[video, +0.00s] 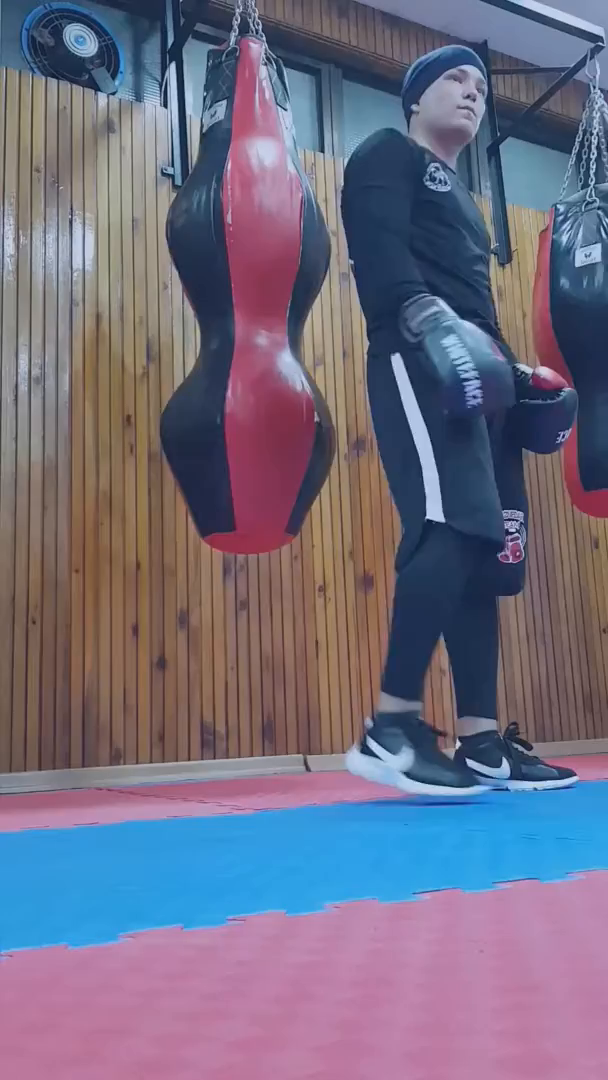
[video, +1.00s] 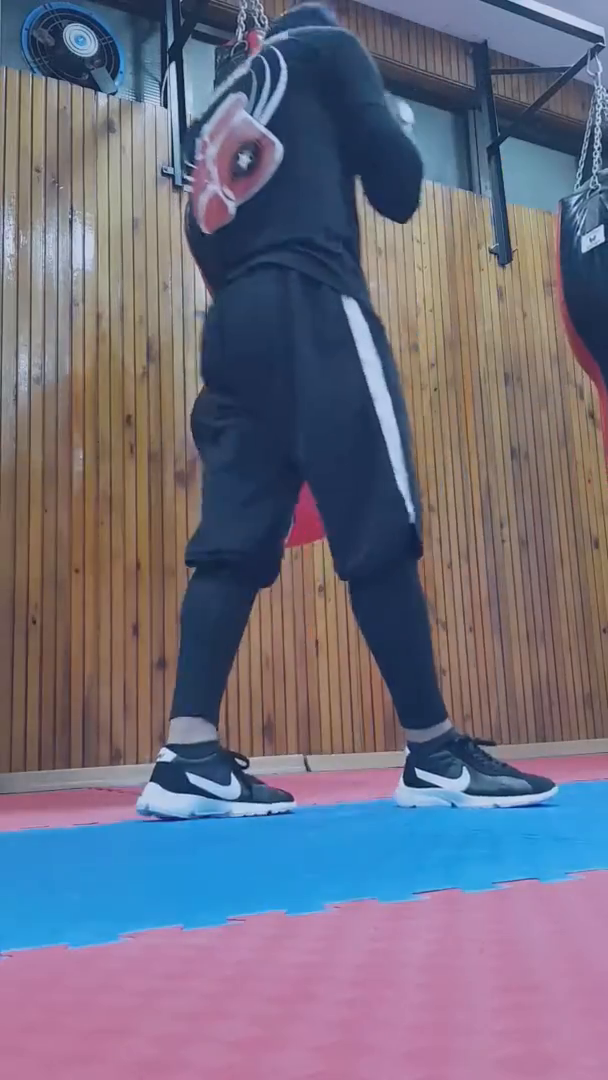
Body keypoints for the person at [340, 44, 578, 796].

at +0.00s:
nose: (470, 93)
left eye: (479, 89)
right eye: (455, 80)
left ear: (480, 117)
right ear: (415, 96)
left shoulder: (461, 198)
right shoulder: (386, 154)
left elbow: (472, 305)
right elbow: (385, 265)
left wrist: (518, 372)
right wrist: (442, 333)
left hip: (472, 366)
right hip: (414, 359)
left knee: (482, 546)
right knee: (448, 531)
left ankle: (481, 738)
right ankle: (392, 728)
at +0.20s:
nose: (463, 72)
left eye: (470, 66)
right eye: (447, 59)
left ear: (468, 92)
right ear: (404, 75)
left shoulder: (440, 164)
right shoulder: (389, 135)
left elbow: (463, 284)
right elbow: (418, 261)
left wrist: (510, 364)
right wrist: (496, 347)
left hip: (456, 357)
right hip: (413, 353)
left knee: (477, 543)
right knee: (439, 538)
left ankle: (481, 738)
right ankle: (436, 748)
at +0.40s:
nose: (466, 53)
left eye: (470, 44)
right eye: (452, 37)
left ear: (453, 65)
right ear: (404, 45)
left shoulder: (420, 126)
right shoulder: (393, 106)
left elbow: (433, 269)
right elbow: (413, 237)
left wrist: (509, 351)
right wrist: (501, 312)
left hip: (433, 335)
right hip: (394, 331)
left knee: (466, 534)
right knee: (420, 533)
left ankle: (480, 736)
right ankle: (434, 749)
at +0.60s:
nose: (461, 61)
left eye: (461, 47)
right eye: (455, 42)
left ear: (401, 34)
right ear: (416, 31)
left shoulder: (363, 93)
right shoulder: (401, 79)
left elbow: (376, 264)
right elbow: (414, 213)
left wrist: (462, 328)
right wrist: (513, 280)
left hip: (357, 320)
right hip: (370, 320)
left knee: (409, 528)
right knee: (405, 528)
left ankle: (417, 732)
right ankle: (432, 749)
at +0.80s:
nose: (407, 39)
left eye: (404, 33)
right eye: (405, 28)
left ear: (329, 23)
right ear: (388, 20)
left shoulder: (297, 84)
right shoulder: (374, 61)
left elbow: (217, 216)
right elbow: (422, 194)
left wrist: (256, 327)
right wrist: (476, 169)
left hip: (301, 319)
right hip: (360, 315)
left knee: (331, 529)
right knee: (383, 531)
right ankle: (437, 752)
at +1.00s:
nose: (352, 40)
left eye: (344, 37)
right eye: (344, 32)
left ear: (257, 33)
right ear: (325, 24)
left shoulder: (209, 113)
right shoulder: (326, 46)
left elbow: (212, 251)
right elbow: (398, 190)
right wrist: (374, 122)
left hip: (236, 319)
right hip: (315, 301)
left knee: (233, 543)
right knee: (377, 527)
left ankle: (188, 753)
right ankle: (436, 748)